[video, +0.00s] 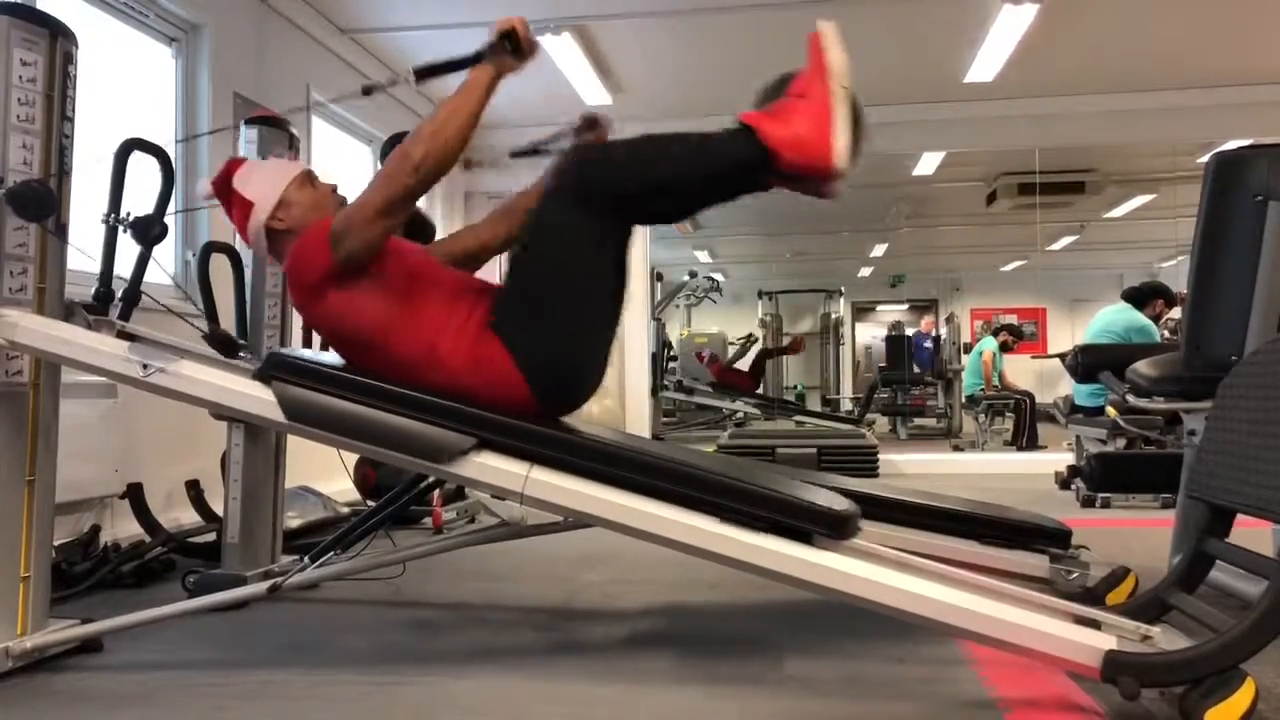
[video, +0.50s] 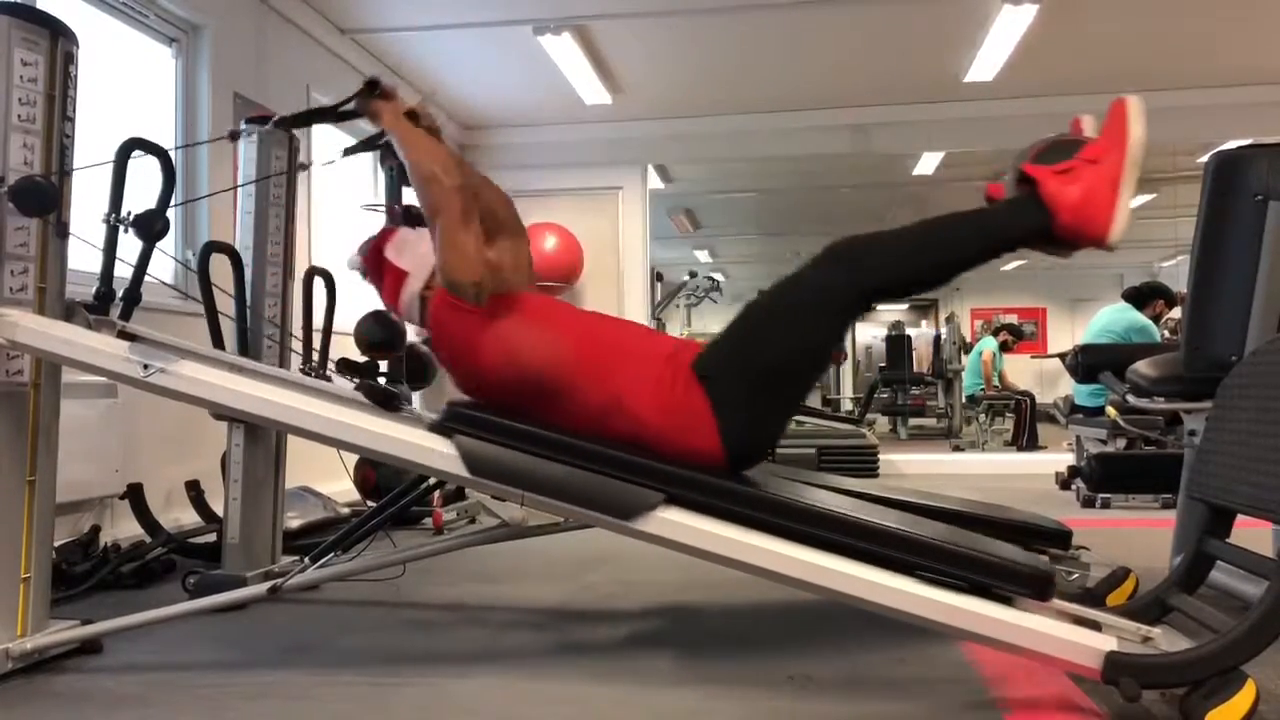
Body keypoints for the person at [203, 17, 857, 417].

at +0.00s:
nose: (324, 186)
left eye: (315, 179)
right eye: (305, 184)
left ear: (310, 203)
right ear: (279, 219)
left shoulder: (362, 264)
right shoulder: (314, 263)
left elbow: (480, 240)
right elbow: (412, 171)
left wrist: (574, 161)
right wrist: (494, 68)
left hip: (531, 351)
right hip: (528, 366)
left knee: (596, 182)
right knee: (592, 176)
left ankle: (775, 138)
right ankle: (784, 146)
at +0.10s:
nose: (343, 194)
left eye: (332, 188)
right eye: (325, 195)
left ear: (322, 221)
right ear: (305, 230)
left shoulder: (389, 277)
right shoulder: (343, 271)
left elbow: (507, 223)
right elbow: (427, 161)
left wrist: (549, 127)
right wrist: (473, 54)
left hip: (563, 353)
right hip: (560, 371)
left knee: (650, 198)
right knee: (647, 198)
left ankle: (839, 160)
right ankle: (846, 168)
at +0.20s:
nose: (381, 213)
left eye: (371, 204)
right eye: (362, 212)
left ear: (357, 232)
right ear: (337, 242)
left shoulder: (425, 290)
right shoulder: (373, 288)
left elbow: (515, 214)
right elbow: (432, 163)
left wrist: (519, 110)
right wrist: (447, 54)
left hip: (602, 367)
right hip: (598, 383)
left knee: (706, 214)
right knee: (703, 217)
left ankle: (906, 179)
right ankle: (911, 186)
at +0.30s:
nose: (381, 214)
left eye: (371, 210)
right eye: (364, 217)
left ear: (373, 244)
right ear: (350, 256)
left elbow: (513, 212)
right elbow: (438, 182)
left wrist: (491, 116)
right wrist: (427, 81)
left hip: (638, 373)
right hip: (631, 393)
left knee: (755, 238)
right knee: (750, 241)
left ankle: (958, 198)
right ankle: (963, 198)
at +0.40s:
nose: (404, 235)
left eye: (394, 229)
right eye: (390, 234)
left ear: (408, 258)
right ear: (383, 270)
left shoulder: (484, 305)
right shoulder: (432, 314)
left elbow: (510, 220)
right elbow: (443, 184)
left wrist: (461, 127)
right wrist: (414, 97)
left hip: (677, 382)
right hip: (672, 404)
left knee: (808, 254)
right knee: (803, 256)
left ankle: (1006, 202)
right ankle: (1012, 207)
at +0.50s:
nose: (429, 239)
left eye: (421, 235)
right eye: (417, 238)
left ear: (419, 277)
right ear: (413, 270)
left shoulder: (483, 319)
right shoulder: (465, 314)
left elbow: (545, 249)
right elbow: (470, 218)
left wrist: (443, 153)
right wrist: (400, 131)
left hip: (706, 400)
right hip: (711, 415)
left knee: (844, 265)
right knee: (844, 269)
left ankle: (1033, 203)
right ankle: (1051, 208)